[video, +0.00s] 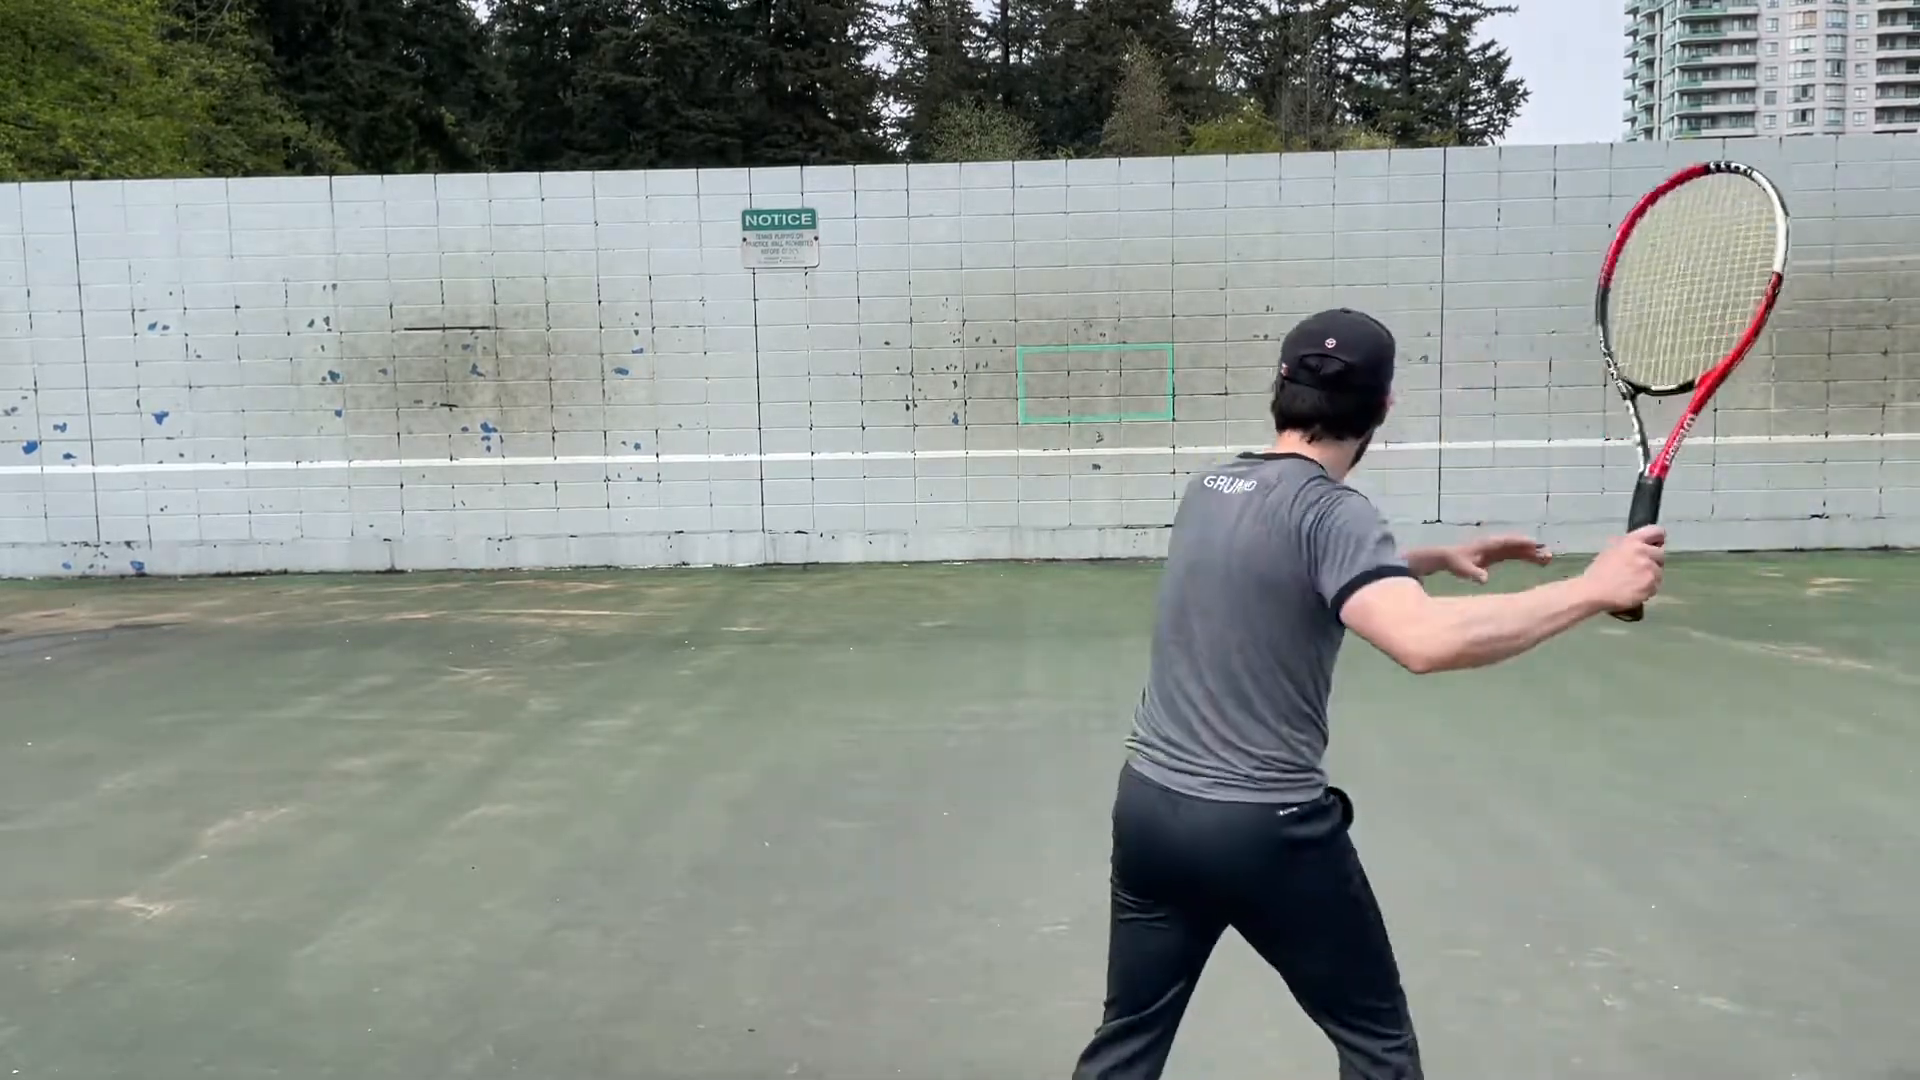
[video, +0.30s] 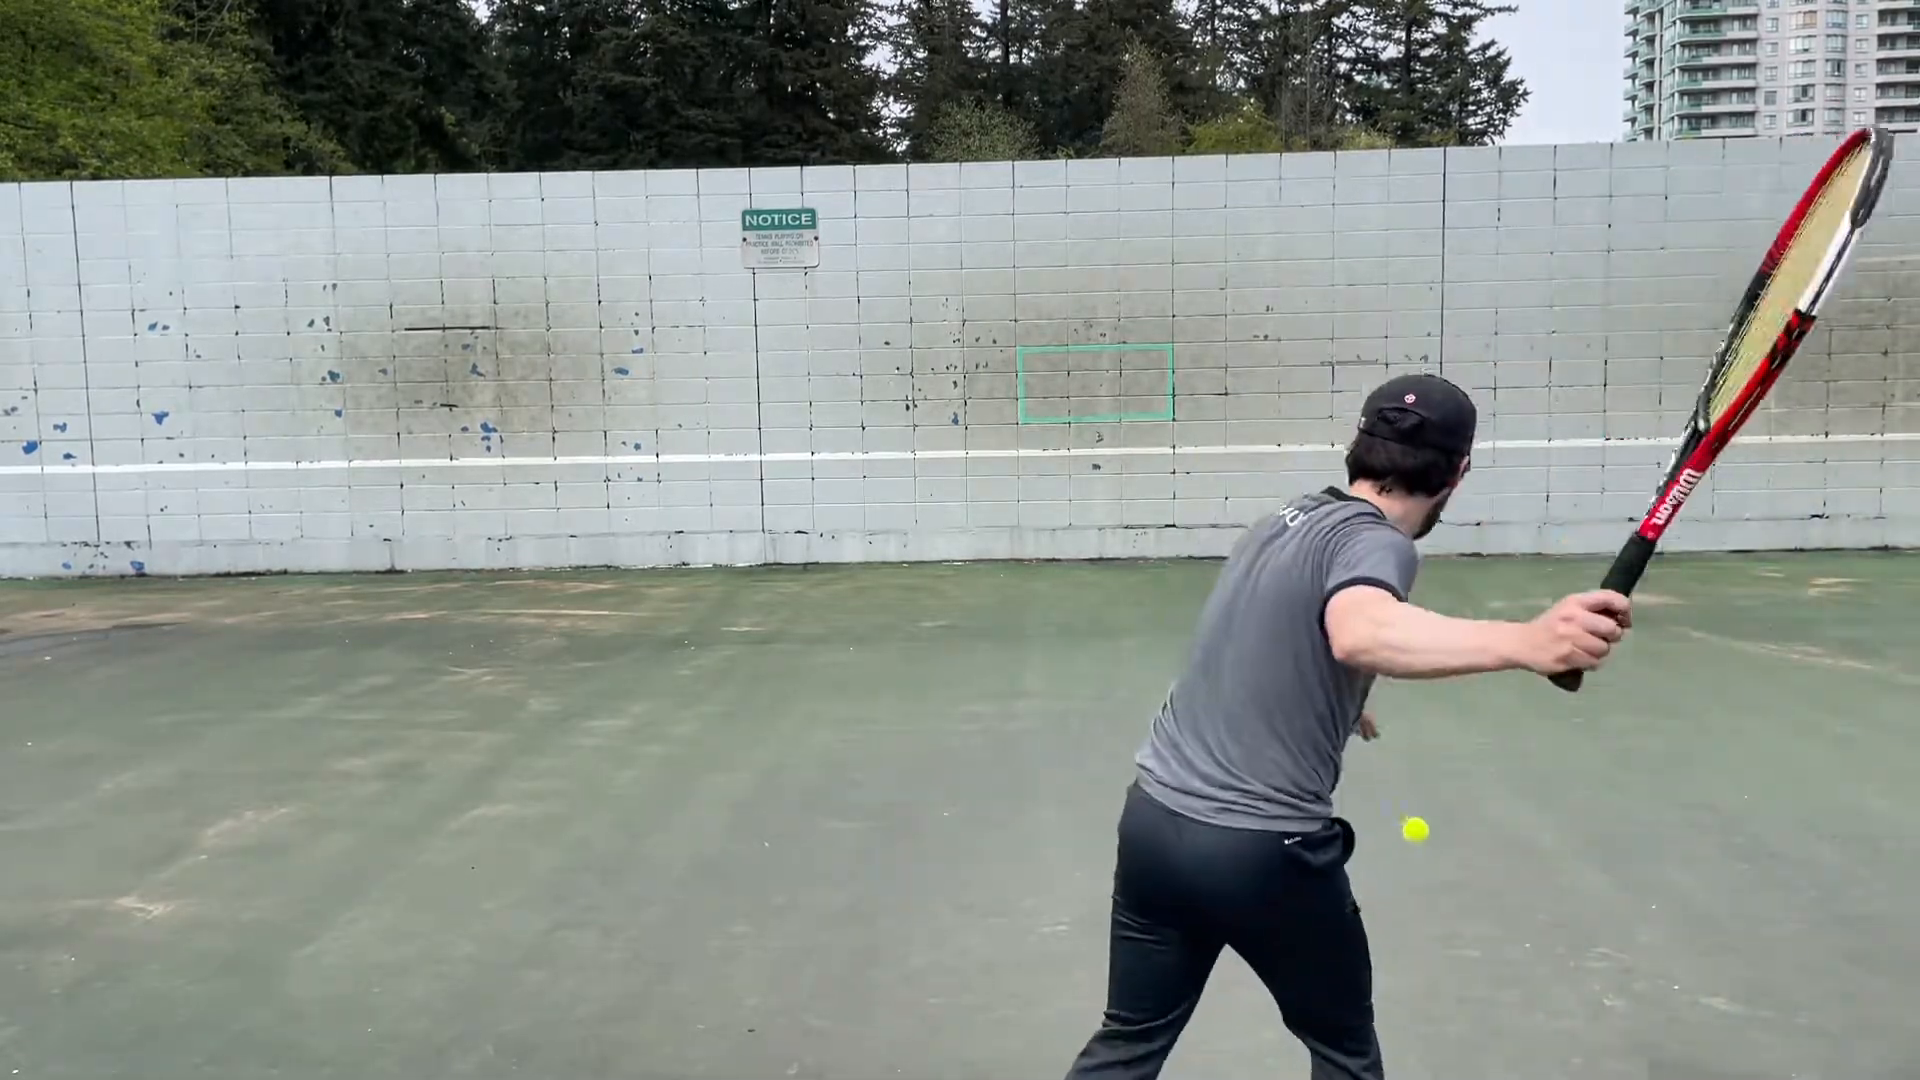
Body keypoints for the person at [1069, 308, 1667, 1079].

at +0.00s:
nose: (1393, 402)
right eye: (1393, 389)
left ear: (1277, 390)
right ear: (1383, 409)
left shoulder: (1208, 490)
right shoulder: (1333, 513)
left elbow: (1295, 574)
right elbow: (1425, 640)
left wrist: (1434, 558)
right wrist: (1592, 588)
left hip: (1153, 815)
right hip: (1274, 833)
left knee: (1127, 1037)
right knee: (1378, 1045)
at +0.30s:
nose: (1459, 485)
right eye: (1463, 471)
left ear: (1358, 452)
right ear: (1453, 476)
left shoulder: (1282, 524)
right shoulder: (1372, 538)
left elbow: (1253, 635)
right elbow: (1357, 631)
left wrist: (1336, 689)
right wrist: (1528, 642)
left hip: (1154, 830)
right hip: (1268, 856)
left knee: (1127, 1038)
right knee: (1345, 1049)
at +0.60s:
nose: (1474, 481)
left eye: (1474, 468)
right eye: (1477, 470)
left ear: (1374, 454)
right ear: (1463, 474)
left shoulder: (1281, 506)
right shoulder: (1459, 590)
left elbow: (1138, 574)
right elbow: (1487, 777)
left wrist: (1017, 661)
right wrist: (1527, 907)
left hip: (1211, 829)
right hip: (1339, 859)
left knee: (1132, 1041)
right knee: (1339, 1044)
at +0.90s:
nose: (1308, 361)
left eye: (1312, 352)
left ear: (1313, 365)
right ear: (1404, 387)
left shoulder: (1301, 474)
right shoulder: (1417, 489)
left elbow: (1298, 631)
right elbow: (1295, 512)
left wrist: (1225, 787)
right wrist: (1190, 451)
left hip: (1276, 788)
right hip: (1377, 798)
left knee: (1174, 1019)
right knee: (1334, 1027)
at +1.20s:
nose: (1209, 355)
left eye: (1213, 345)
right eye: (1218, 344)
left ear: (1216, 362)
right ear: (1312, 366)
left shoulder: (1235, 490)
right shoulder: (1341, 470)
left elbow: (1256, 662)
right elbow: (1211, 546)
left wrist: (1147, 756)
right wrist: (1091, 590)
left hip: (1235, 798)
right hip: (1340, 791)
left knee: (1149, 1031)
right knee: (1322, 1032)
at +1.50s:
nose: (1058, 373)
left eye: (1061, 365)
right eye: (1064, 363)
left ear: (1066, 385)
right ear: (1158, 382)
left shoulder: (1064, 514)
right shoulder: (1221, 496)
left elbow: (1056, 699)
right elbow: (1259, 660)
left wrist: (997, 739)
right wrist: (1171, 694)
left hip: (1109, 817)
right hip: (1216, 805)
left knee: (1091, 1056)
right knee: (1204, 1013)